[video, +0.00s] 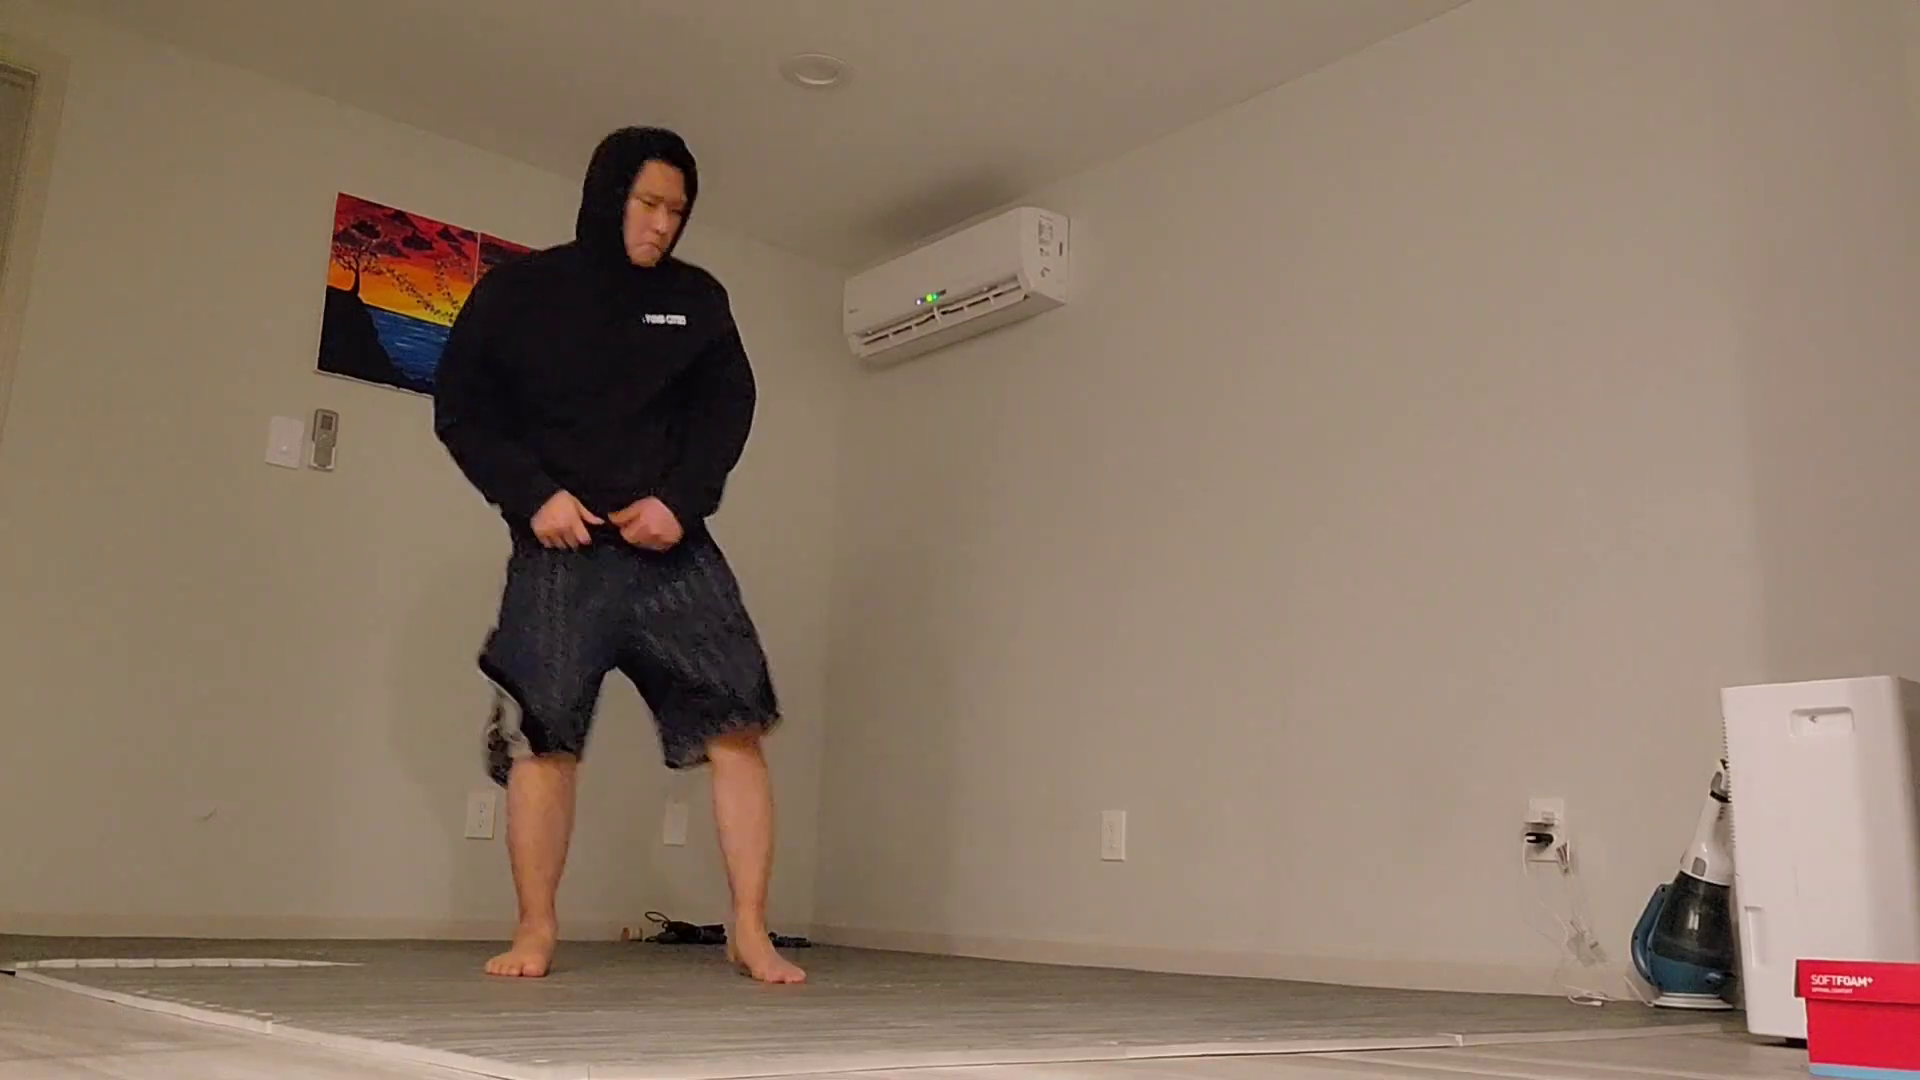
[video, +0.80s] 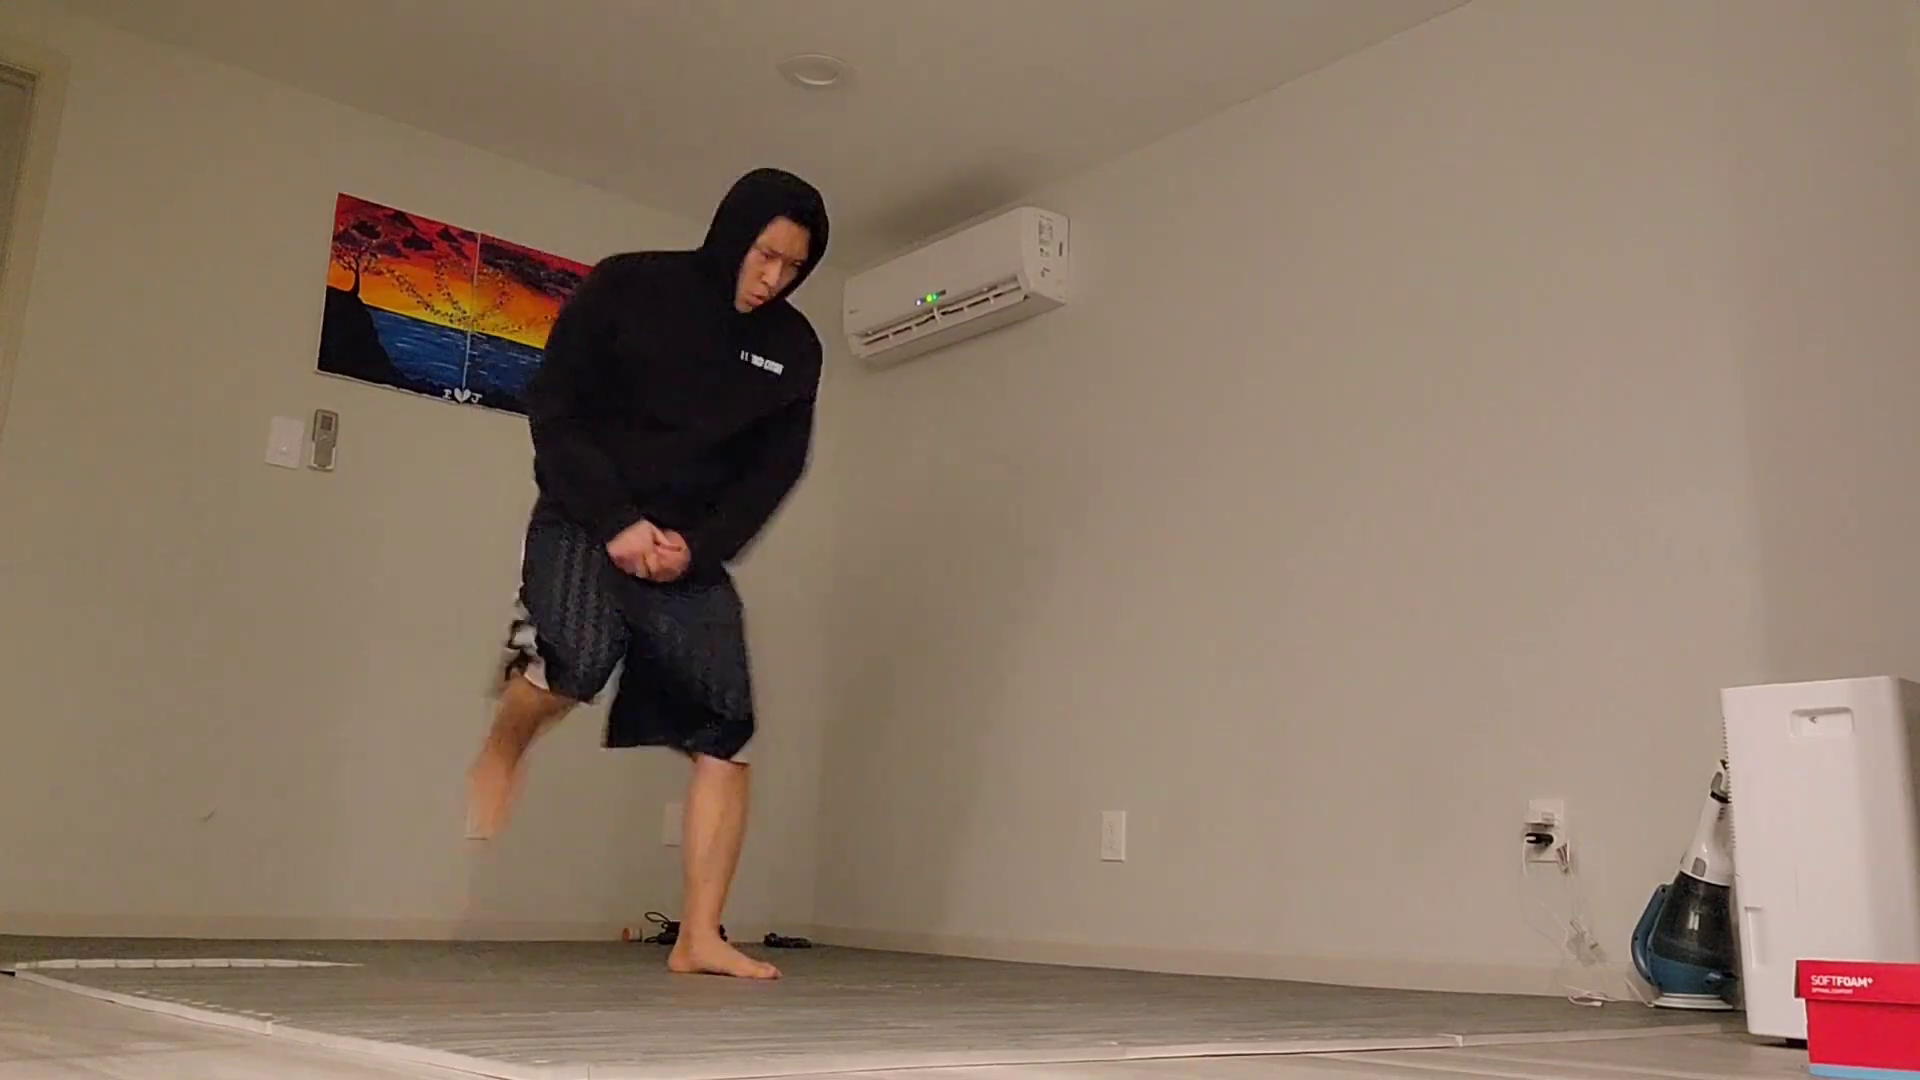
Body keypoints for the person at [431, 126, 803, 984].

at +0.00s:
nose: (665, 223)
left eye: (677, 208)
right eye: (651, 202)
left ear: (686, 215)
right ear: (604, 196)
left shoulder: (696, 299)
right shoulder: (517, 290)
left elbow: (729, 405)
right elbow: (458, 410)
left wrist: (681, 499)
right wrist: (533, 495)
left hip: (675, 549)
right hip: (561, 548)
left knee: (736, 728)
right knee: (545, 740)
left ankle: (750, 930)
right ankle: (534, 930)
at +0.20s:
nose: (663, 226)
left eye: (676, 211)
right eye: (650, 205)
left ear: (685, 216)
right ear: (604, 196)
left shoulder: (695, 302)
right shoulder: (520, 291)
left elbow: (721, 415)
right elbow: (484, 422)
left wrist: (682, 509)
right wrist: (584, 503)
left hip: (676, 547)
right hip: (559, 550)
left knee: (750, 713)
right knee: (537, 737)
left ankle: (706, 898)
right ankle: (534, 933)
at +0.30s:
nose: (673, 201)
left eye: (688, 186)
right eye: (661, 179)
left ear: (699, 192)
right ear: (618, 169)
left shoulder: (706, 278)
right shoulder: (531, 259)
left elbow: (722, 394)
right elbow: (491, 394)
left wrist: (667, 483)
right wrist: (592, 470)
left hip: (671, 523)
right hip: (559, 525)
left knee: (763, 660)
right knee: (546, 729)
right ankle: (533, 933)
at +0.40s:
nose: (690, 188)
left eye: (707, 175)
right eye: (678, 166)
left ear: (717, 180)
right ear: (636, 155)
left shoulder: (717, 266)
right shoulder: (544, 235)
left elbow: (728, 388)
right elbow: (490, 367)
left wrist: (667, 453)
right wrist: (584, 450)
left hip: (662, 500)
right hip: (559, 495)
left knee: (762, 655)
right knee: (549, 693)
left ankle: (625, 784)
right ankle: (471, 907)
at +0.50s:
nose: (708, 215)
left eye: (723, 202)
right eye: (698, 193)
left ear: (729, 209)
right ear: (654, 181)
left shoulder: (723, 293)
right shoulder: (559, 254)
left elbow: (737, 413)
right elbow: (482, 370)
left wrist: (675, 461)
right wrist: (581, 449)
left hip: (656, 531)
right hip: (560, 520)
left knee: (743, 699)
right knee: (525, 720)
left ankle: (691, 900)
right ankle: (414, 928)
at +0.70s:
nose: (768, 258)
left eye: (785, 247)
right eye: (760, 235)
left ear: (793, 252)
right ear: (723, 217)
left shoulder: (774, 338)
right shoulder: (620, 270)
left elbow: (739, 454)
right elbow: (537, 395)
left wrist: (675, 527)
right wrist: (598, 502)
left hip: (673, 545)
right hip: (570, 522)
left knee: (705, 732)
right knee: (537, 704)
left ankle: (697, 936)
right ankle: (441, 899)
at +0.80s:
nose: (776, 277)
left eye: (793, 264)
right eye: (768, 254)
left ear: (805, 267)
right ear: (730, 233)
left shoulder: (793, 346)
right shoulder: (626, 286)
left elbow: (779, 465)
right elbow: (551, 406)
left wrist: (699, 545)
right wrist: (613, 519)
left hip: (692, 544)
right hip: (585, 519)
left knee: (723, 727)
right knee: (571, 667)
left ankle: (700, 937)